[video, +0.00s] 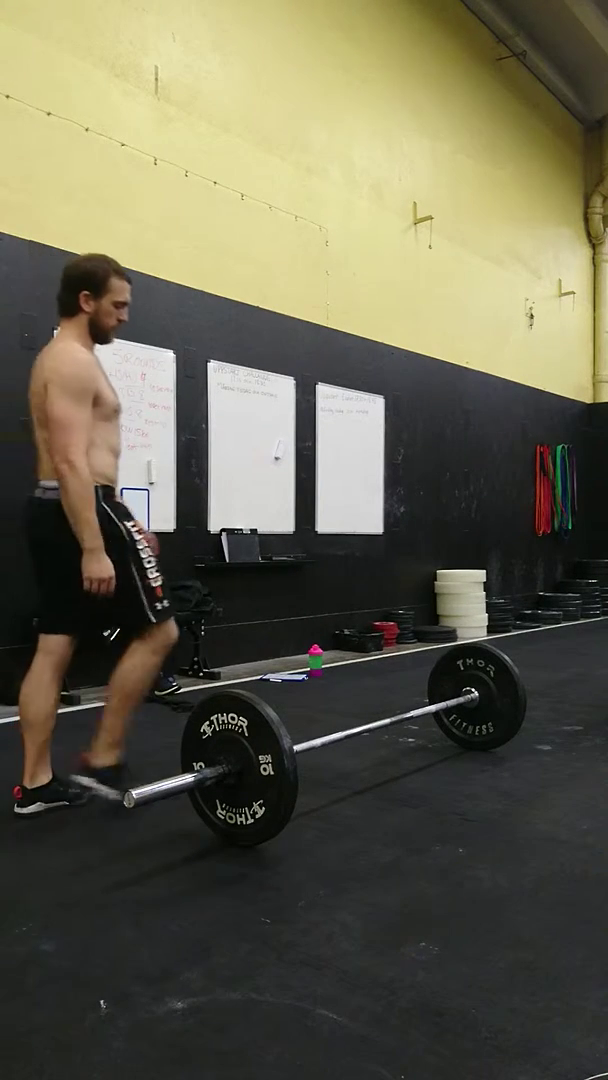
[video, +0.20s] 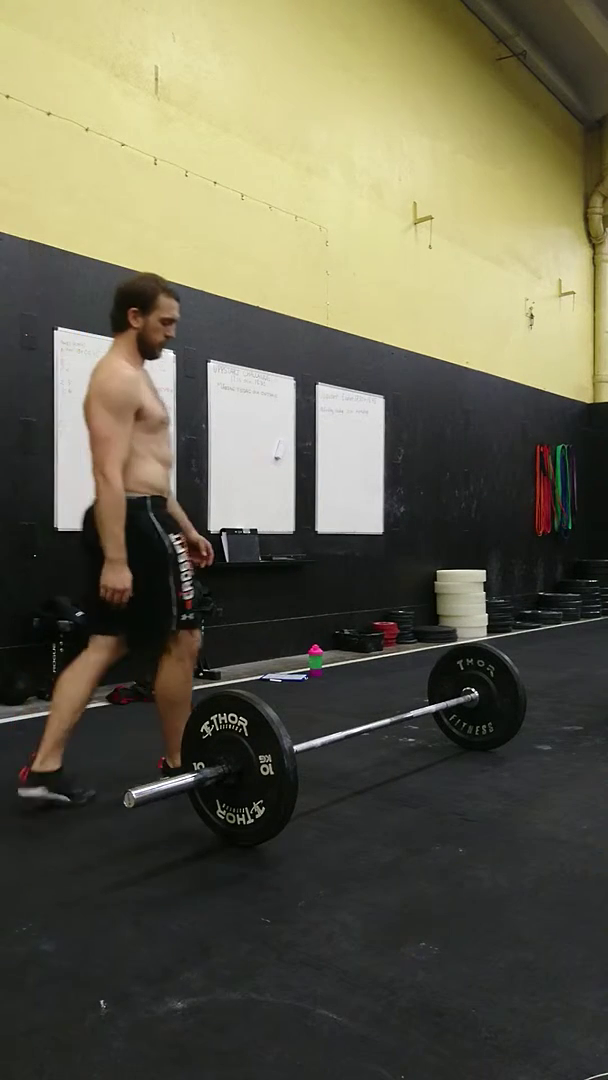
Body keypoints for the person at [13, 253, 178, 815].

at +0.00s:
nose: (125, 315)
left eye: (127, 305)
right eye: (118, 304)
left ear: (87, 303)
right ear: (87, 301)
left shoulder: (64, 356)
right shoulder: (70, 361)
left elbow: (83, 459)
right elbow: (69, 462)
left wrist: (125, 524)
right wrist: (92, 546)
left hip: (59, 508)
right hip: (87, 510)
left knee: (52, 648)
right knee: (159, 631)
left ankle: (35, 781)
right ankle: (105, 758)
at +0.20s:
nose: (173, 332)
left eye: (175, 323)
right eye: (166, 321)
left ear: (141, 321)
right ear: (135, 317)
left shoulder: (136, 373)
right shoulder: (117, 375)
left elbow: (149, 473)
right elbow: (107, 474)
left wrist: (186, 529)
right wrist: (115, 558)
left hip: (132, 516)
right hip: (137, 519)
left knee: (104, 645)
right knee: (183, 639)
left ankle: (44, 766)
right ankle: (178, 761)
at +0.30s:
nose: (196, 334)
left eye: (198, 325)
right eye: (189, 324)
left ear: (168, 323)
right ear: (158, 319)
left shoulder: (160, 375)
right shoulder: (138, 376)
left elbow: (170, 471)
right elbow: (130, 472)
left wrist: (200, 528)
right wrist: (146, 553)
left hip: (167, 513)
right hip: (160, 516)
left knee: (155, 636)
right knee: (192, 639)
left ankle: (80, 733)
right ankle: (177, 760)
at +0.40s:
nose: (216, 336)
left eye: (219, 327)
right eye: (210, 326)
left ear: (187, 325)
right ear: (179, 321)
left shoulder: (182, 374)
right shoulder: (156, 376)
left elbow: (189, 466)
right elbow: (150, 470)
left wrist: (213, 527)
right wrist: (180, 545)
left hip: (187, 511)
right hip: (169, 511)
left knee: (205, 625)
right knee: (196, 633)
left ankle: (128, 712)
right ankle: (175, 762)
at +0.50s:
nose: (234, 339)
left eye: (237, 330)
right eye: (229, 329)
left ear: (208, 326)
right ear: (198, 323)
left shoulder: (198, 374)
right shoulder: (172, 376)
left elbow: (204, 466)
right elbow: (167, 466)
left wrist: (227, 524)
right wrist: (210, 532)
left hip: (206, 512)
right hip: (181, 514)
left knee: (238, 621)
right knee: (196, 635)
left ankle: (180, 721)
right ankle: (177, 758)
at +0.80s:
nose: (282, 356)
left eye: (287, 348)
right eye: (275, 346)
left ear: (284, 346)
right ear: (249, 338)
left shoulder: (267, 393)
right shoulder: (216, 388)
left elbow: (268, 471)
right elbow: (192, 467)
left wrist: (283, 531)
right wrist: (232, 520)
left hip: (260, 517)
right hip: (226, 516)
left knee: (267, 634)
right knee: (243, 634)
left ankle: (253, 742)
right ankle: (185, 745)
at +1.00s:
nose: (308, 360)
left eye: (313, 352)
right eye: (303, 349)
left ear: (317, 349)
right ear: (276, 339)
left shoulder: (297, 397)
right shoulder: (239, 388)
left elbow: (302, 469)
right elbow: (205, 465)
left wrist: (328, 522)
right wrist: (221, 529)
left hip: (280, 510)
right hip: (250, 506)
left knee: (270, 625)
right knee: (282, 621)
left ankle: (251, 726)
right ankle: (246, 726)